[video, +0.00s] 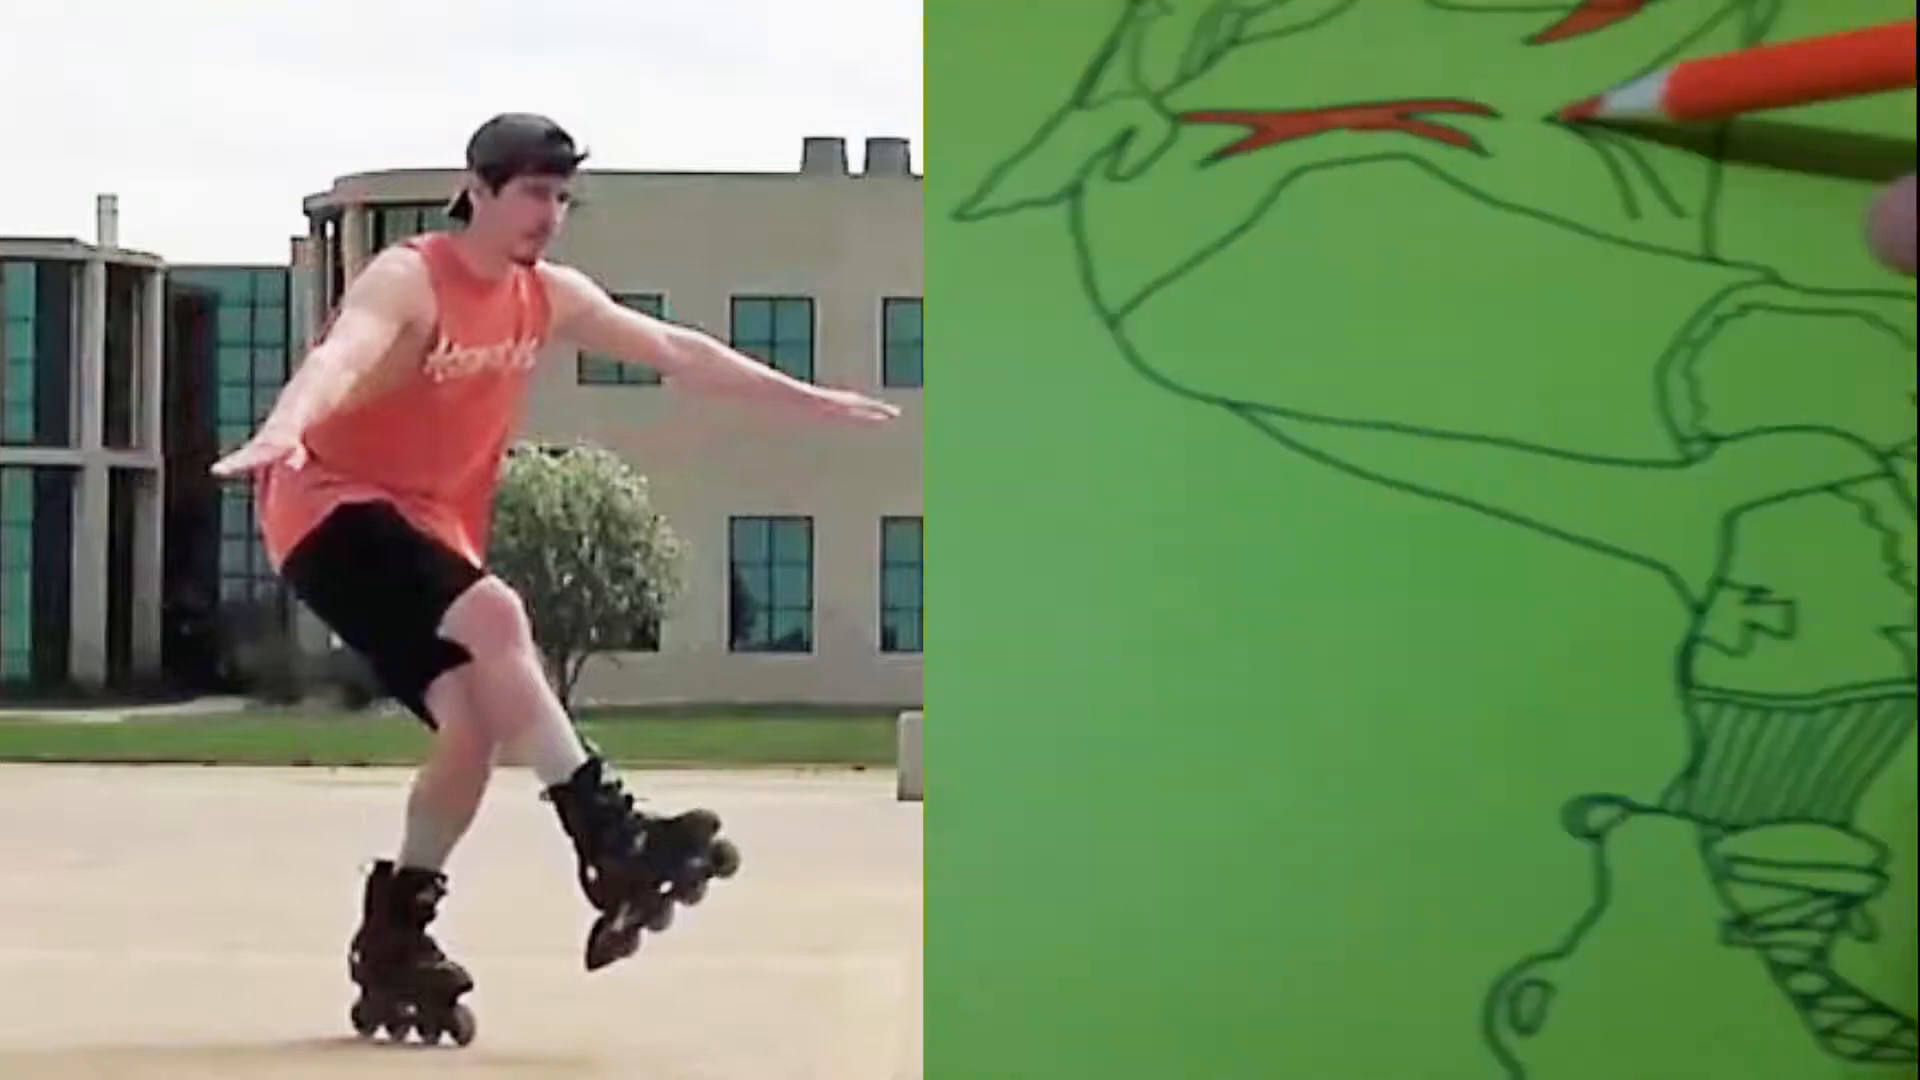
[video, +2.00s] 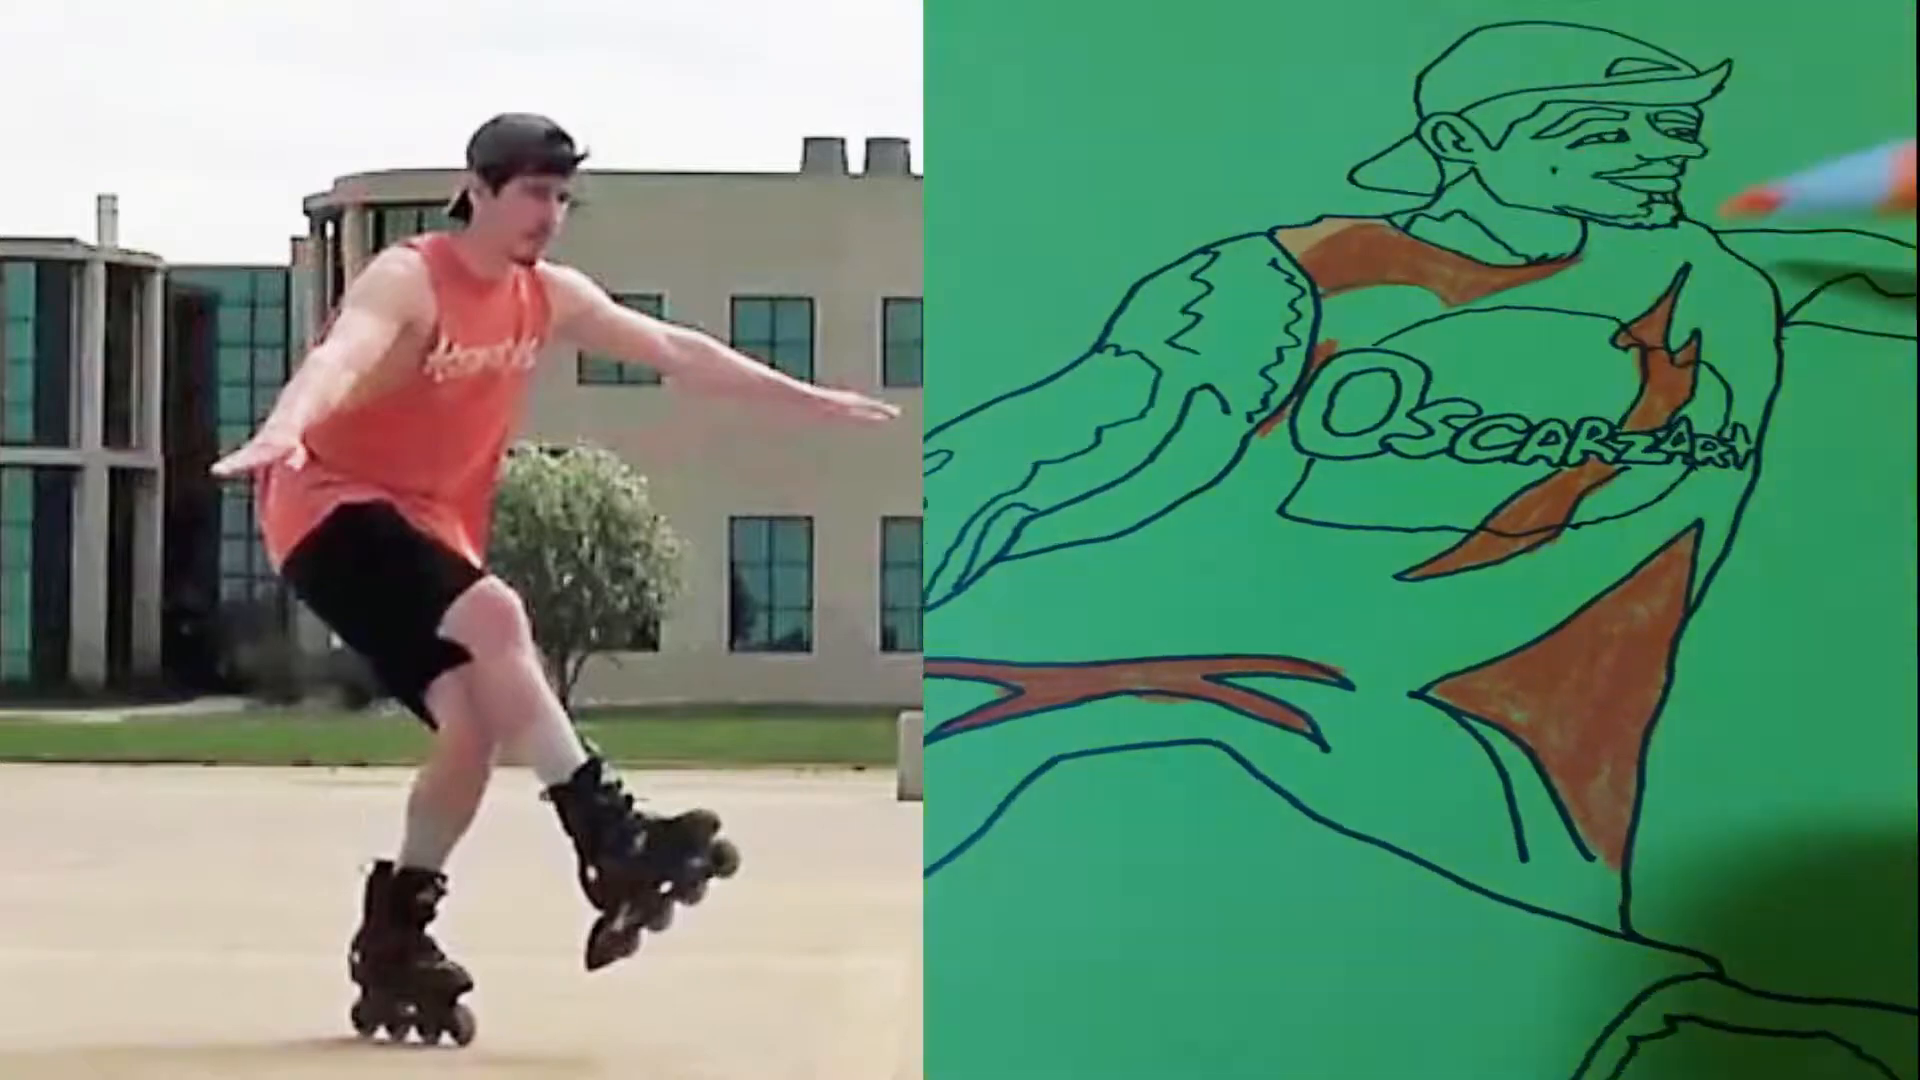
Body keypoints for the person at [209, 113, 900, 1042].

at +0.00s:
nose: (552, 214)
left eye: (561, 199)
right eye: (535, 195)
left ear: (562, 204)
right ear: (477, 191)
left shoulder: (552, 293)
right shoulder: (409, 274)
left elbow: (675, 351)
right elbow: (341, 357)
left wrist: (811, 400)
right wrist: (283, 429)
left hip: (436, 529)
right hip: (333, 503)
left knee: (478, 723)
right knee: (492, 616)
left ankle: (394, 937)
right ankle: (611, 843)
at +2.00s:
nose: (552, 214)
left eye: (562, 198)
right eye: (536, 194)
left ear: (563, 203)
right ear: (477, 191)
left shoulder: (551, 293)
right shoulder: (409, 274)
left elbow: (674, 349)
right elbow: (341, 356)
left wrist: (810, 399)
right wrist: (283, 429)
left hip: (436, 529)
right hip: (334, 504)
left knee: (477, 723)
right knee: (492, 616)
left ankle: (393, 936)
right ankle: (611, 843)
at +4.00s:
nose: (551, 215)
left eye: (561, 199)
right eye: (534, 195)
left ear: (563, 203)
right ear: (475, 191)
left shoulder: (551, 293)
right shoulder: (408, 274)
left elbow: (674, 349)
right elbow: (342, 356)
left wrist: (810, 399)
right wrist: (283, 429)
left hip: (436, 530)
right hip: (334, 504)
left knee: (477, 725)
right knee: (492, 616)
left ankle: (393, 935)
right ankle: (610, 841)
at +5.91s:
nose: (551, 215)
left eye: (561, 199)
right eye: (535, 195)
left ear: (563, 204)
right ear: (476, 191)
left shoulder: (551, 293)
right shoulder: (408, 274)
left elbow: (674, 350)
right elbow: (341, 356)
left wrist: (810, 399)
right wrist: (282, 429)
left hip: (437, 531)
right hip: (334, 505)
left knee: (477, 726)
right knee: (492, 616)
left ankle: (393, 934)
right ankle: (609, 839)